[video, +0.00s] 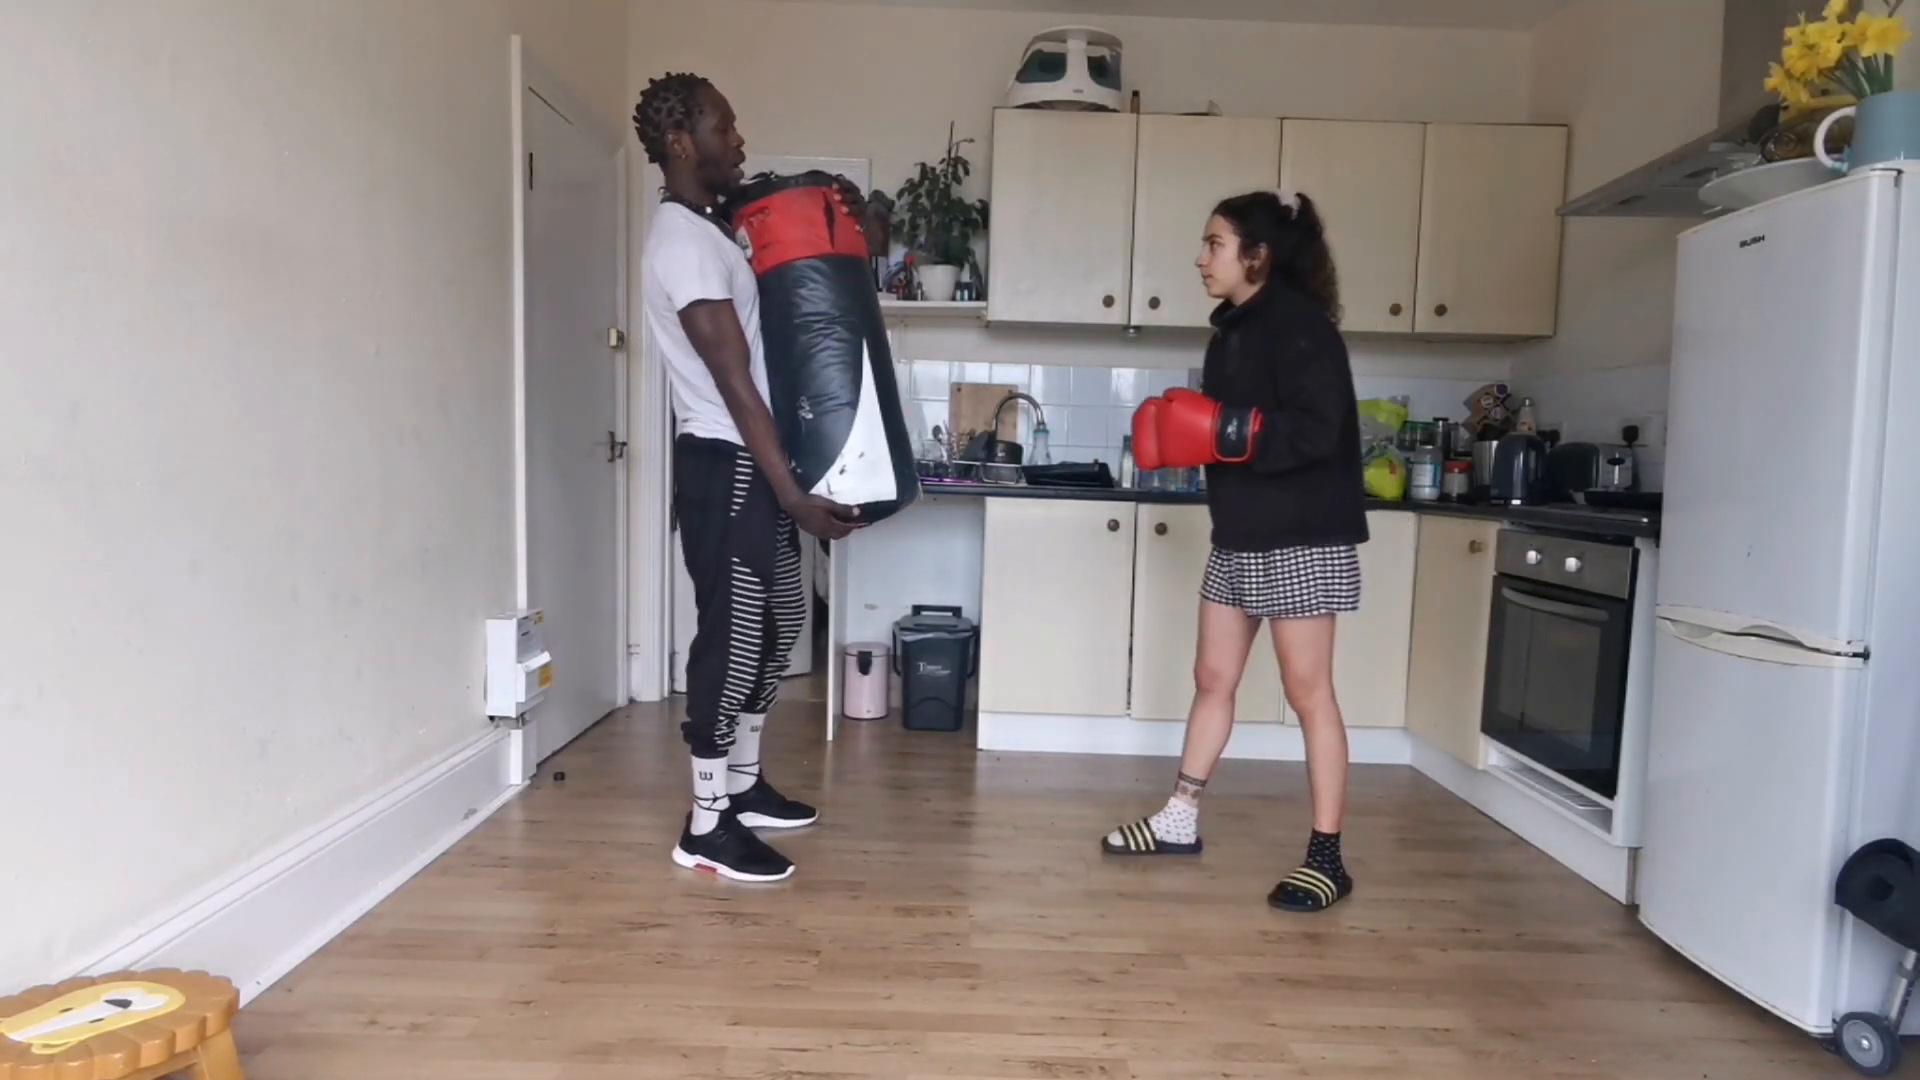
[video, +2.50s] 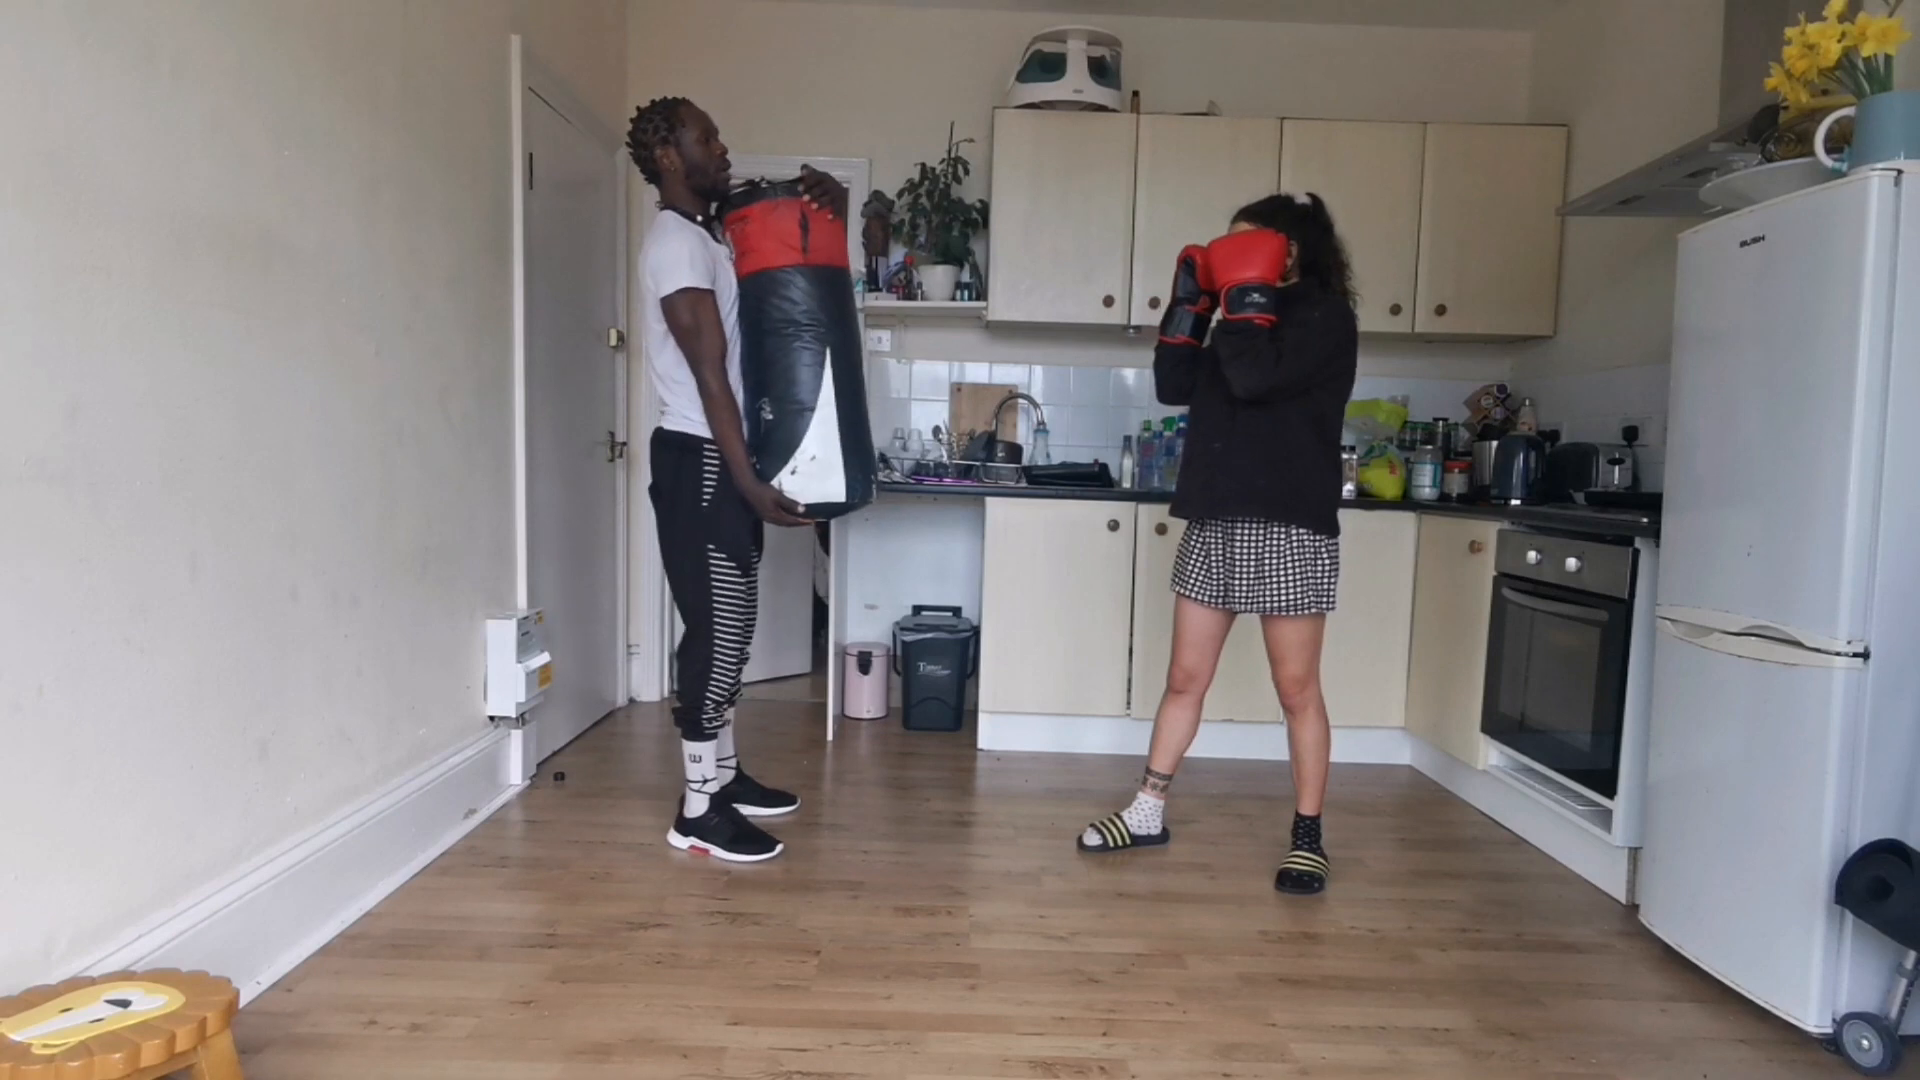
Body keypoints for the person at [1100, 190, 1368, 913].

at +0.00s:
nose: (1202, 258)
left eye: (1215, 245)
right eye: (1204, 244)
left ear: (1257, 255)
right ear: (1237, 256)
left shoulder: (1301, 326)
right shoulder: (1230, 331)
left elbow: (1321, 435)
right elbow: (1235, 424)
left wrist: (1226, 430)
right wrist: (1181, 429)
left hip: (1306, 531)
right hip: (1239, 528)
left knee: (1309, 692)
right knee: (1213, 677)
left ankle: (1325, 857)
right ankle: (1180, 818)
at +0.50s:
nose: (1166, 262)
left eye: (1178, 250)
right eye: (1167, 249)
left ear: (1219, 258)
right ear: (1198, 260)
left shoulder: (1265, 325)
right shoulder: (1185, 335)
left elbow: (1251, 424)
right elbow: (1172, 436)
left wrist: (1176, 385)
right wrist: (1116, 392)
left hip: (1273, 525)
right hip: (1201, 526)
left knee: (1270, 689)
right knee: (1197, 676)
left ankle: (1293, 832)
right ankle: (1178, 817)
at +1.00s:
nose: (1195, 270)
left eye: (1205, 258)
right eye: (1193, 259)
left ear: (1248, 260)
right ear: (1222, 264)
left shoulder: (1291, 320)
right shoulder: (1221, 325)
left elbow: (1239, 413)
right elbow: (1184, 423)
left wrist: (1208, 333)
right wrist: (1160, 348)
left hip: (1298, 526)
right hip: (1226, 524)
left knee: (1291, 687)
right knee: (1167, 658)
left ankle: (1294, 833)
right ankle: (1164, 806)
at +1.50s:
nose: (1143, 270)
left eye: (1153, 258)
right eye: (1139, 259)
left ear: (1197, 259)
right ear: (1156, 265)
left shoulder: (1242, 320)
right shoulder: (1162, 326)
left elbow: (1191, 410)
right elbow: (1127, 422)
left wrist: (1159, 332)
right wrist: (1111, 342)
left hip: (1257, 518)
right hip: (1180, 520)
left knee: (1272, 686)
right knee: (1158, 668)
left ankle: (1304, 834)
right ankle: (1146, 810)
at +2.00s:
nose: (1199, 261)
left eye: (1212, 248)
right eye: (1197, 249)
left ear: (1258, 251)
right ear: (1204, 257)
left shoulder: (1301, 314)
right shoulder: (1212, 322)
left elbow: (1246, 394)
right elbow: (1171, 412)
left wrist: (1219, 319)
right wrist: (1159, 336)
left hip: (1294, 518)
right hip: (1216, 518)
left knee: (1299, 688)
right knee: (1184, 675)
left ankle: (1307, 834)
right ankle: (1148, 811)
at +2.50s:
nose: (1240, 258)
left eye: (1253, 244)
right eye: (1239, 245)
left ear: (1293, 252)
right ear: (1245, 259)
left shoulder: (1325, 317)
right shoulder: (1236, 318)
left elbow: (1251, 380)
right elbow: (1172, 386)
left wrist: (1246, 305)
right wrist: (1188, 301)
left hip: (1292, 517)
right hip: (1214, 514)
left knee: (1296, 687)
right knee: (1185, 677)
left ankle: (1307, 835)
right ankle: (1147, 810)